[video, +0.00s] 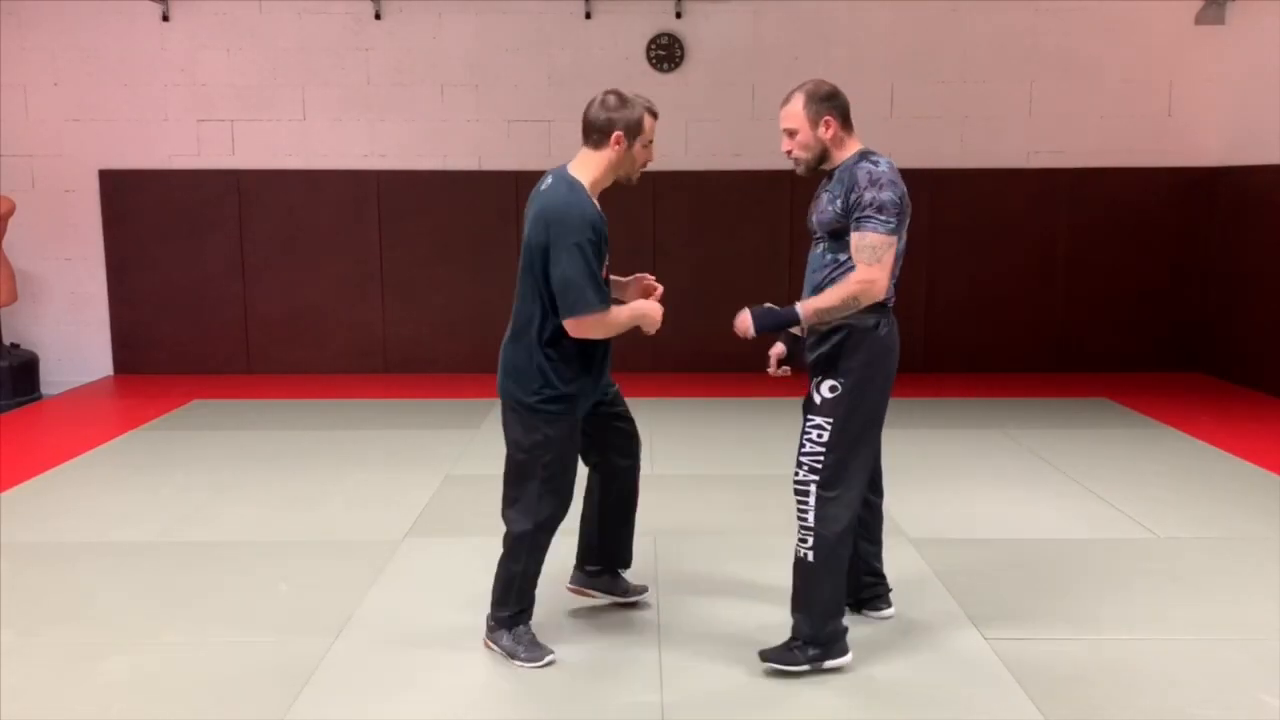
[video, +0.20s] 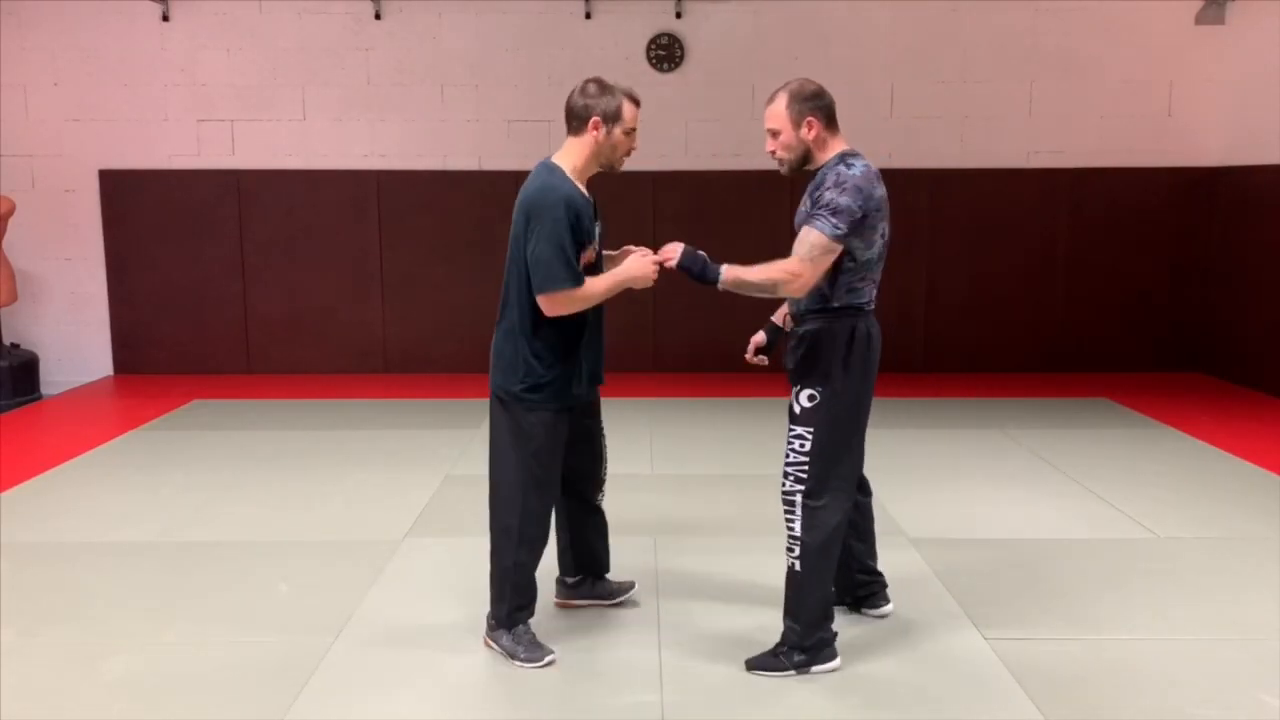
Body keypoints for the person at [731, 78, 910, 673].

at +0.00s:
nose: (785, 145)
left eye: (793, 133)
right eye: (783, 134)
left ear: (828, 127)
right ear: (826, 128)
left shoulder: (871, 179)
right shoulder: (837, 181)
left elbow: (872, 281)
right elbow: (835, 278)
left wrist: (781, 318)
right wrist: (797, 336)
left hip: (858, 346)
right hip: (839, 344)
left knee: (819, 484)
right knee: (852, 473)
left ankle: (819, 639)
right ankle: (865, 587)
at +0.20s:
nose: (770, 147)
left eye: (776, 134)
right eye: (768, 134)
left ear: (812, 128)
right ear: (813, 129)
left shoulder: (846, 182)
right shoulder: (836, 175)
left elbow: (801, 273)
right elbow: (825, 276)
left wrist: (711, 272)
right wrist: (780, 326)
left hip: (834, 342)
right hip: (832, 338)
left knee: (807, 489)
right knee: (839, 474)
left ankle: (807, 642)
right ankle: (861, 586)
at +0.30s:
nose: (760, 146)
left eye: (765, 133)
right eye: (758, 134)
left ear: (800, 128)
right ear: (804, 127)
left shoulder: (829, 183)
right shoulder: (841, 172)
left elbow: (762, 269)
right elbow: (828, 270)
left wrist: (679, 253)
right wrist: (783, 328)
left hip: (822, 343)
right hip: (833, 338)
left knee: (802, 493)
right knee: (829, 475)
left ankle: (807, 643)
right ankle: (857, 580)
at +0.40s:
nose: (748, 148)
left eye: (752, 135)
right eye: (746, 136)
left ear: (786, 128)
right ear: (795, 128)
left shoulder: (812, 183)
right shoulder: (844, 173)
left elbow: (728, 264)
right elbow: (825, 271)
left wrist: (653, 232)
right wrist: (790, 332)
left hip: (815, 343)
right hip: (835, 338)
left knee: (797, 491)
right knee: (822, 471)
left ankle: (808, 642)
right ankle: (850, 573)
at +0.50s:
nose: (739, 150)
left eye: (742, 137)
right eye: (737, 138)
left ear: (773, 128)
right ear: (790, 127)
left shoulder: (789, 185)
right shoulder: (846, 174)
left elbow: (701, 257)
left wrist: (627, 232)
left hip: (805, 344)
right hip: (840, 339)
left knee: (791, 491)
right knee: (816, 472)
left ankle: (808, 642)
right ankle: (837, 569)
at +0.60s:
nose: (727, 151)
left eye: (730, 139)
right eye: (725, 139)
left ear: (761, 130)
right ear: (778, 129)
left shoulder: (772, 184)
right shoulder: (841, 177)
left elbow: (672, 246)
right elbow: (850, 277)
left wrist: (590, 241)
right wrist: (822, 330)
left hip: (796, 345)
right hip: (833, 338)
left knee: (787, 489)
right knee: (814, 476)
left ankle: (808, 644)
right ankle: (814, 577)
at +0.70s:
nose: (719, 153)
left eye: (722, 141)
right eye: (717, 142)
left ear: (754, 132)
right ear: (771, 131)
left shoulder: (764, 186)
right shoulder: (834, 180)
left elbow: (670, 250)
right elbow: (848, 274)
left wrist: (587, 242)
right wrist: (825, 333)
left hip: (793, 343)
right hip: (828, 339)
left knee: (783, 488)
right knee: (807, 475)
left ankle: (808, 643)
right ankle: (799, 576)